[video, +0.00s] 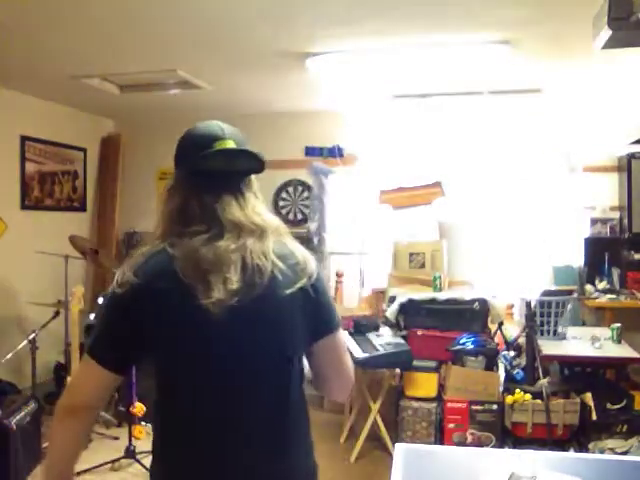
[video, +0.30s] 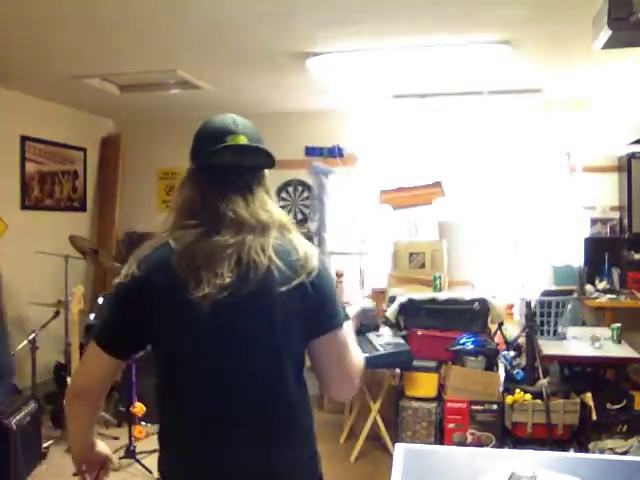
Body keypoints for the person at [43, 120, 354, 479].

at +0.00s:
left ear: (179, 190)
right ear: (248, 189)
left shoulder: (150, 275)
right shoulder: (295, 265)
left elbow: (78, 405)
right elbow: (339, 387)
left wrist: (55, 471)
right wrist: (295, 350)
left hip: (184, 470)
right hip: (283, 470)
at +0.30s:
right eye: (261, 174)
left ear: (193, 181)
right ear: (262, 181)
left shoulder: (155, 266)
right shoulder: (300, 262)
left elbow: (84, 389)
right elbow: (343, 384)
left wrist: (82, 448)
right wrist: (332, 318)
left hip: (190, 467)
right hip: (286, 467)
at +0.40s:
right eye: (273, 174)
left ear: (205, 180)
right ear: (274, 182)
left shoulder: (166, 266)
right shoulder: (309, 264)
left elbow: (92, 382)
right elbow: (353, 388)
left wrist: (88, 445)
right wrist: (350, 321)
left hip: (195, 467)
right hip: (290, 467)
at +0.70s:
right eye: (315, 177)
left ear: (239, 179)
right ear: (315, 182)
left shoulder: (193, 266)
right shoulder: (346, 274)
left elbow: (103, 388)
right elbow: (390, 410)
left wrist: (96, 464)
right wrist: (402, 342)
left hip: (205, 470)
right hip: (310, 472)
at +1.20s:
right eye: (274, 171)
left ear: (182, 176)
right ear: (273, 180)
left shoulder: (135, 278)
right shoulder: (311, 290)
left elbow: (19, 409)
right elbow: (365, 444)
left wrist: (52, 449)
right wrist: (385, 359)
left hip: (160, 470)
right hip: (278, 470)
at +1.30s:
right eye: (248, 166)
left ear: (158, 175)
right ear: (252, 177)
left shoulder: (103, 288)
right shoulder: (295, 294)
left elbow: (5, 419)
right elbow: (349, 459)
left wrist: (38, 461)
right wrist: (377, 376)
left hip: (126, 469)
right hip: (257, 470)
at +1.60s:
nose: (243, 169)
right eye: (237, 156)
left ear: (128, 162)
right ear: (229, 168)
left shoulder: (62, 281)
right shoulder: (272, 287)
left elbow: (0, 403)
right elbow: (340, 466)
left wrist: (13, 459)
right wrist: (377, 367)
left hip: (91, 476)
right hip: (234, 475)